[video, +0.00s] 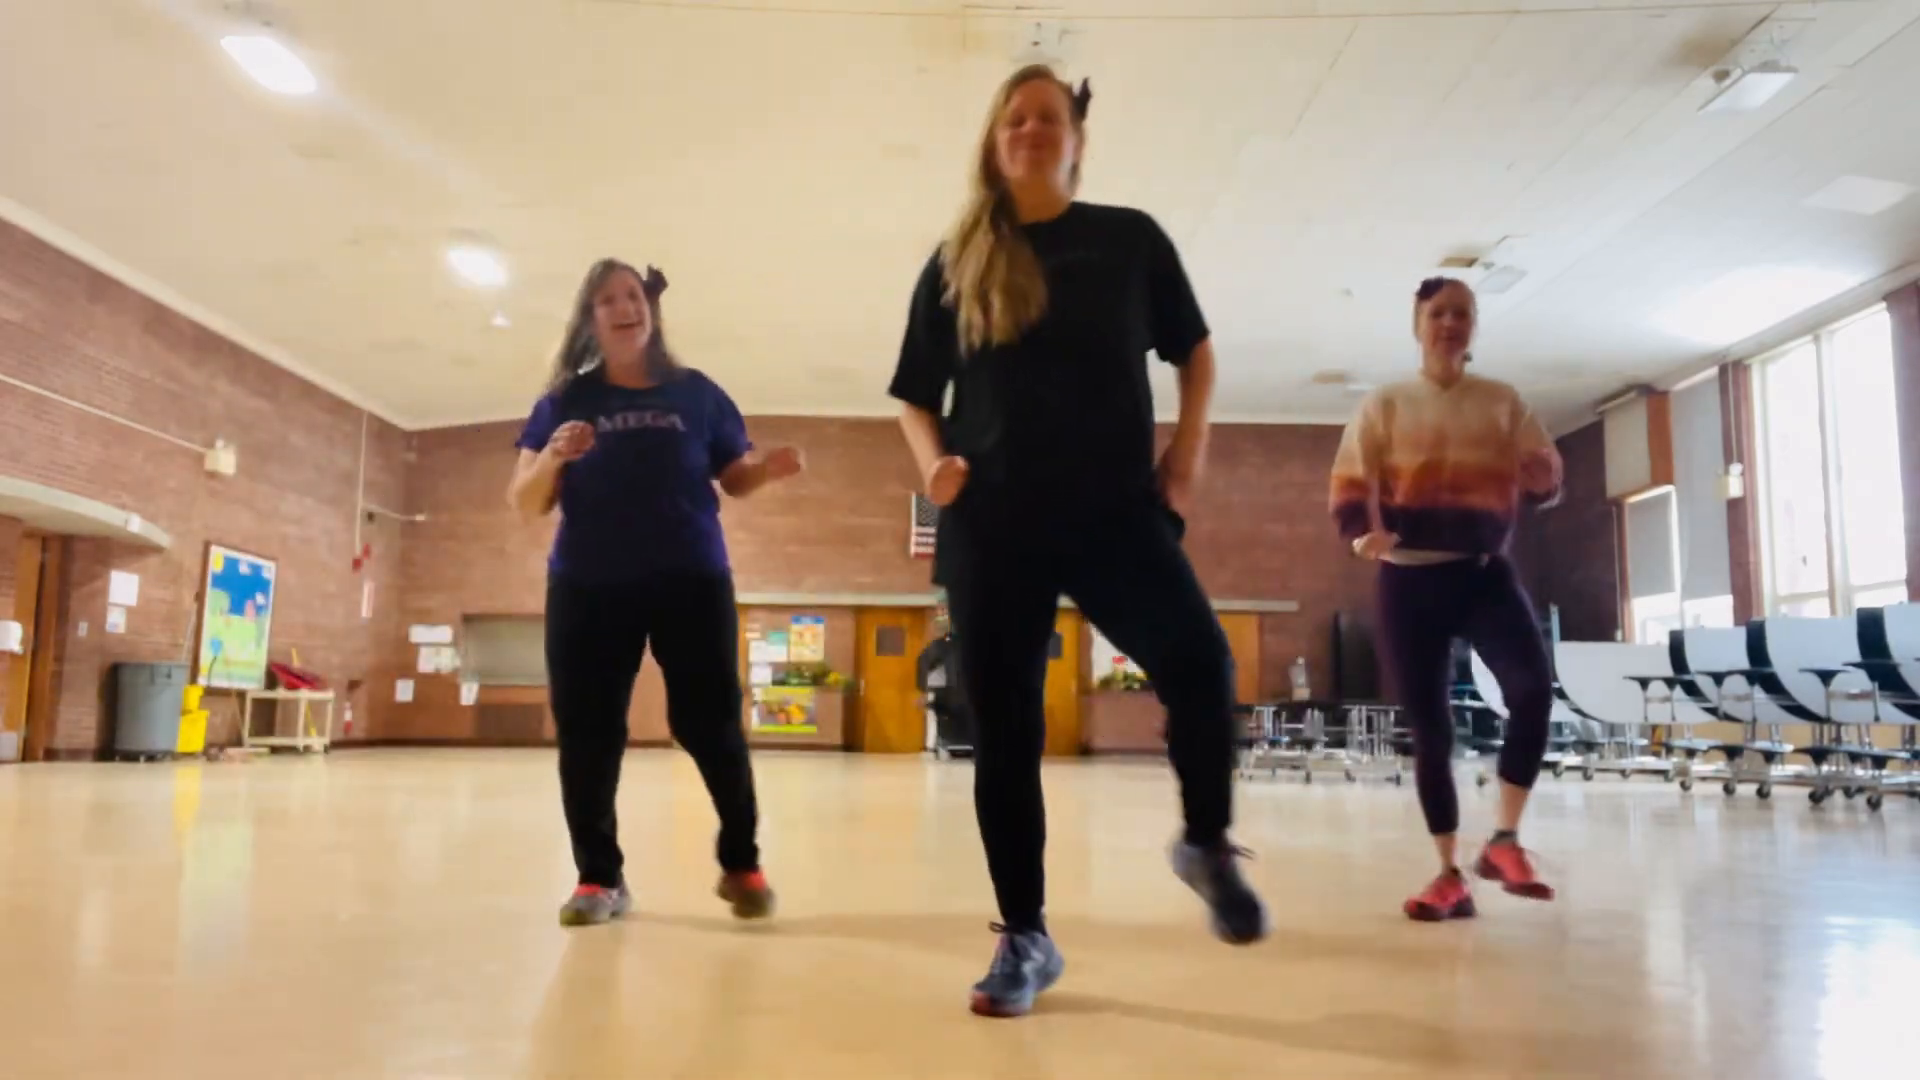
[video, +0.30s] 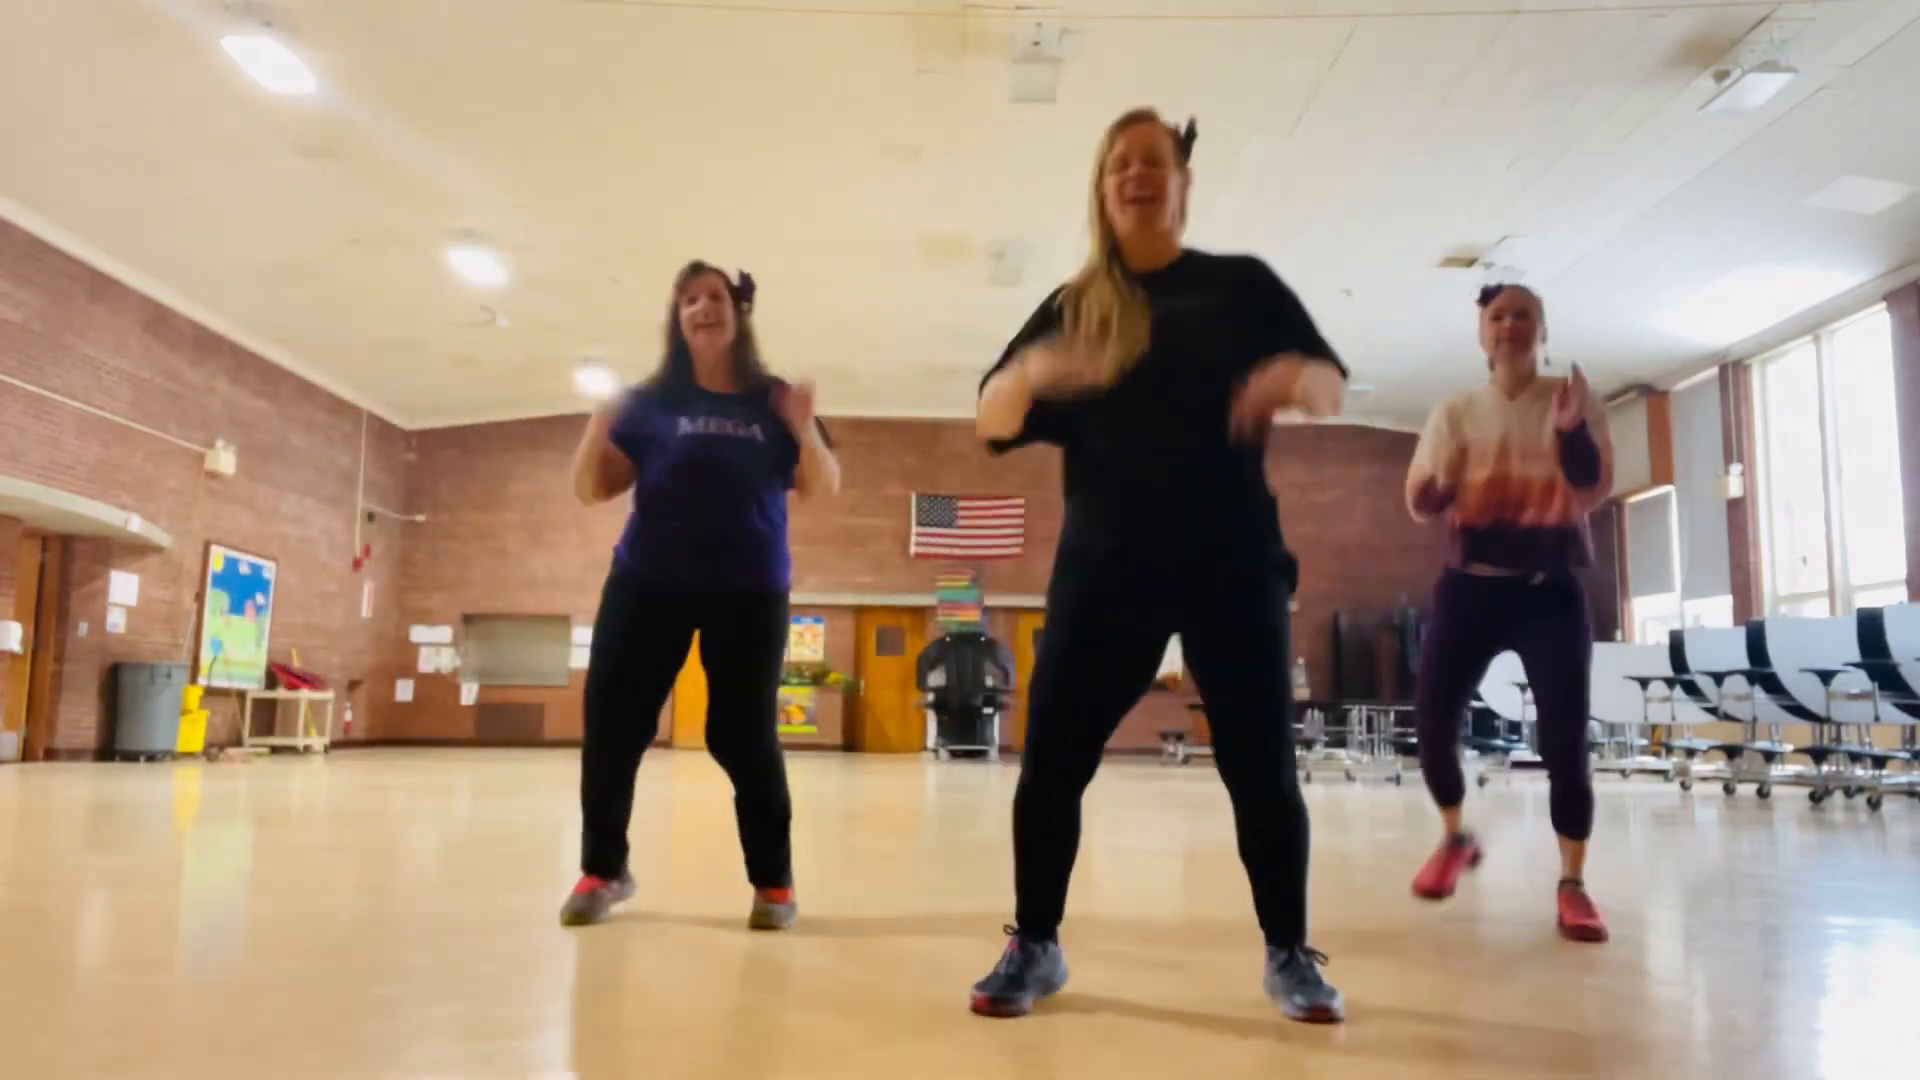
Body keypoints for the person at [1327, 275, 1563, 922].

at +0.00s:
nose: (1449, 324)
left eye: (1460, 315)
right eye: (1438, 314)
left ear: (1474, 328)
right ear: (1417, 325)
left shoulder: (1502, 403)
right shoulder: (1382, 407)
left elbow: (1547, 485)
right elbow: (1348, 492)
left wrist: (1541, 479)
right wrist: (1364, 535)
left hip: (1485, 577)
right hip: (1411, 581)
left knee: (1533, 695)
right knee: (1431, 732)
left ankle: (1503, 842)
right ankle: (1449, 875)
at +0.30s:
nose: (1509, 325)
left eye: (1521, 315)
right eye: (1498, 315)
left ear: (1541, 329)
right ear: (1481, 330)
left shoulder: (1569, 402)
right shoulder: (1456, 410)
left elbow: (1591, 490)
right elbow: (1420, 498)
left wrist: (1571, 427)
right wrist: (1435, 491)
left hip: (1552, 591)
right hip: (1472, 588)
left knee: (1566, 742)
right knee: (1433, 725)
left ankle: (1573, 885)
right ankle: (1455, 836)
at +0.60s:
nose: (1523, 288)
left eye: (1535, 278)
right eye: (1511, 278)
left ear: (1553, 291)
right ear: (1492, 293)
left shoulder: (1587, 366)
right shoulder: (1465, 376)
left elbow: (1604, 457)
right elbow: (1452, 473)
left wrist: (1570, 421)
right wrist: (1479, 448)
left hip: (1566, 546)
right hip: (1489, 545)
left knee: (1572, 713)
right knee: (1457, 659)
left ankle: (1573, 875)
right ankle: (1510, 677)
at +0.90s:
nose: (1503, 276)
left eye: (1513, 264)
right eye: (1489, 266)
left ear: (1533, 274)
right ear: (1471, 280)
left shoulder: (1574, 346)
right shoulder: (1447, 361)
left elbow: (1611, 429)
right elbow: (1409, 449)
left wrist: (1587, 431)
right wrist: (1438, 457)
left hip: (1548, 536)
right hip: (1467, 536)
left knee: (1558, 702)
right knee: (1459, 677)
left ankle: (1569, 867)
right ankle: (1462, 802)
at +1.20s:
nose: (1458, 319)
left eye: (1469, 308)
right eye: (1446, 308)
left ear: (1483, 316)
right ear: (1422, 315)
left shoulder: (1515, 401)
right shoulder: (1390, 401)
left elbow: (1558, 499)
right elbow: (1373, 501)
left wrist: (1591, 577)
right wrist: (1358, 582)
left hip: (1490, 581)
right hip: (1410, 583)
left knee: (1538, 721)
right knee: (1408, 733)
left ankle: (1563, 882)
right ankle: (1416, 890)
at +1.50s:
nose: (1355, 318)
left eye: (1366, 307)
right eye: (1342, 307)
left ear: (1381, 312)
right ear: (1321, 311)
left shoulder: (1406, 387)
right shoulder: (1290, 392)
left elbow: (1431, 467)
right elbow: (1253, 477)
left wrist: (1431, 532)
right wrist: (1282, 541)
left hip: (1385, 570)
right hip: (1315, 575)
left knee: (1420, 728)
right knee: (1360, 728)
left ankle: (1318, 815)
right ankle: (1408, 885)